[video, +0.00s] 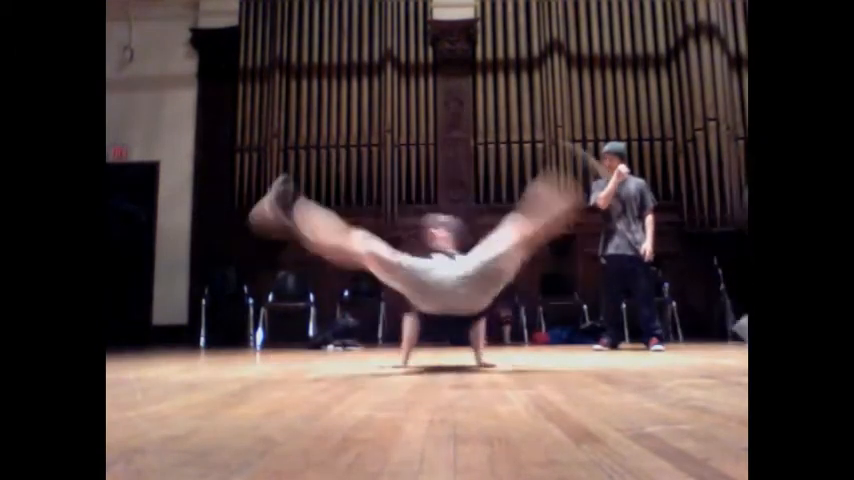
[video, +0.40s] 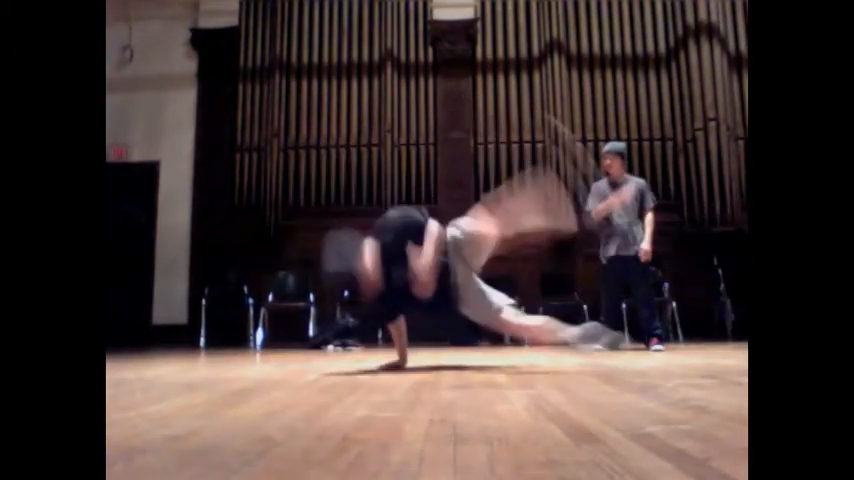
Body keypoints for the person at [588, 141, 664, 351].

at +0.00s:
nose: (606, 164)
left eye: (609, 159)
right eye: (604, 160)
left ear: (621, 160)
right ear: (604, 162)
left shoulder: (638, 184)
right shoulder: (600, 185)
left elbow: (648, 213)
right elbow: (601, 203)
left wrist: (648, 242)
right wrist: (616, 179)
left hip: (636, 248)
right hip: (612, 249)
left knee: (644, 296)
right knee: (611, 297)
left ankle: (653, 336)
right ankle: (610, 336)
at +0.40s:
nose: (607, 165)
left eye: (611, 160)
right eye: (604, 161)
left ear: (622, 162)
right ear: (602, 164)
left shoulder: (638, 185)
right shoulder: (598, 188)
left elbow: (648, 213)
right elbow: (590, 218)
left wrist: (647, 242)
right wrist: (610, 203)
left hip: (635, 247)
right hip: (610, 249)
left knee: (643, 294)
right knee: (611, 296)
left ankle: (653, 336)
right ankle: (612, 337)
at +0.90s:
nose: (612, 160)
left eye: (616, 156)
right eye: (609, 156)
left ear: (625, 159)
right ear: (606, 160)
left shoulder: (639, 183)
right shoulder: (599, 187)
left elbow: (651, 208)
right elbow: (593, 217)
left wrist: (642, 238)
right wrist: (596, 245)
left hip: (635, 250)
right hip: (611, 251)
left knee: (644, 295)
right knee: (615, 296)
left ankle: (653, 336)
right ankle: (610, 336)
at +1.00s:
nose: (612, 160)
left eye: (616, 156)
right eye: (609, 156)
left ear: (625, 159)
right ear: (606, 160)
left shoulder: (639, 183)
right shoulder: (599, 187)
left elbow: (650, 209)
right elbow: (594, 217)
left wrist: (641, 238)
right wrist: (597, 245)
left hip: (635, 253)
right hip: (610, 254)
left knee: (645, 298)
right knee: (609, 300)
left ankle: (653, 336)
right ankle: (609, 337)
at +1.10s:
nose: (612, 160)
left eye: (616, 156)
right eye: (609, 156)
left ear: (625, 158)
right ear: (606, 160)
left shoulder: (639, 184)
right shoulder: (599, 187)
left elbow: (650, 210)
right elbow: (595, 218)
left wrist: (641, 237)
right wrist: (597, 245)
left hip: (635, 253)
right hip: (610, 255)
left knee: (645, 298)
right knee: (609, 300)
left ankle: (653, 336)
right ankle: (609, 337)